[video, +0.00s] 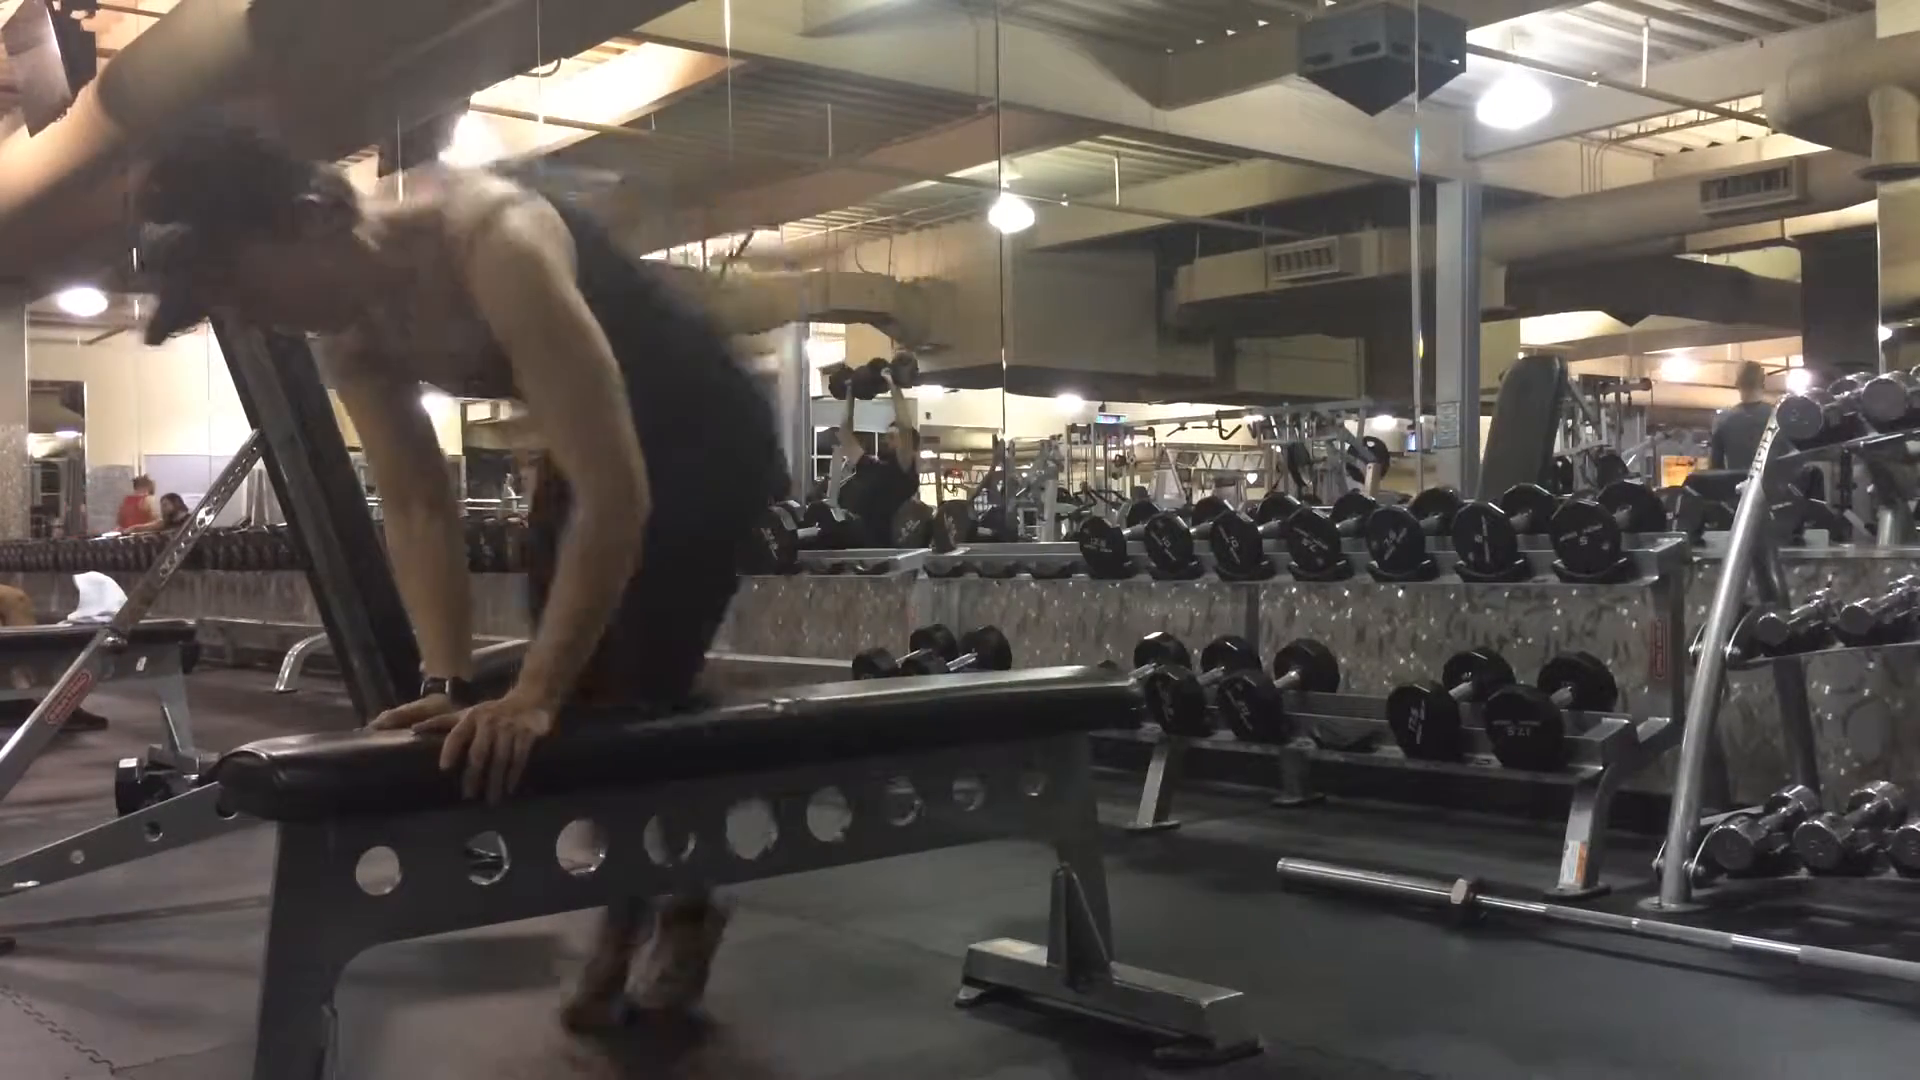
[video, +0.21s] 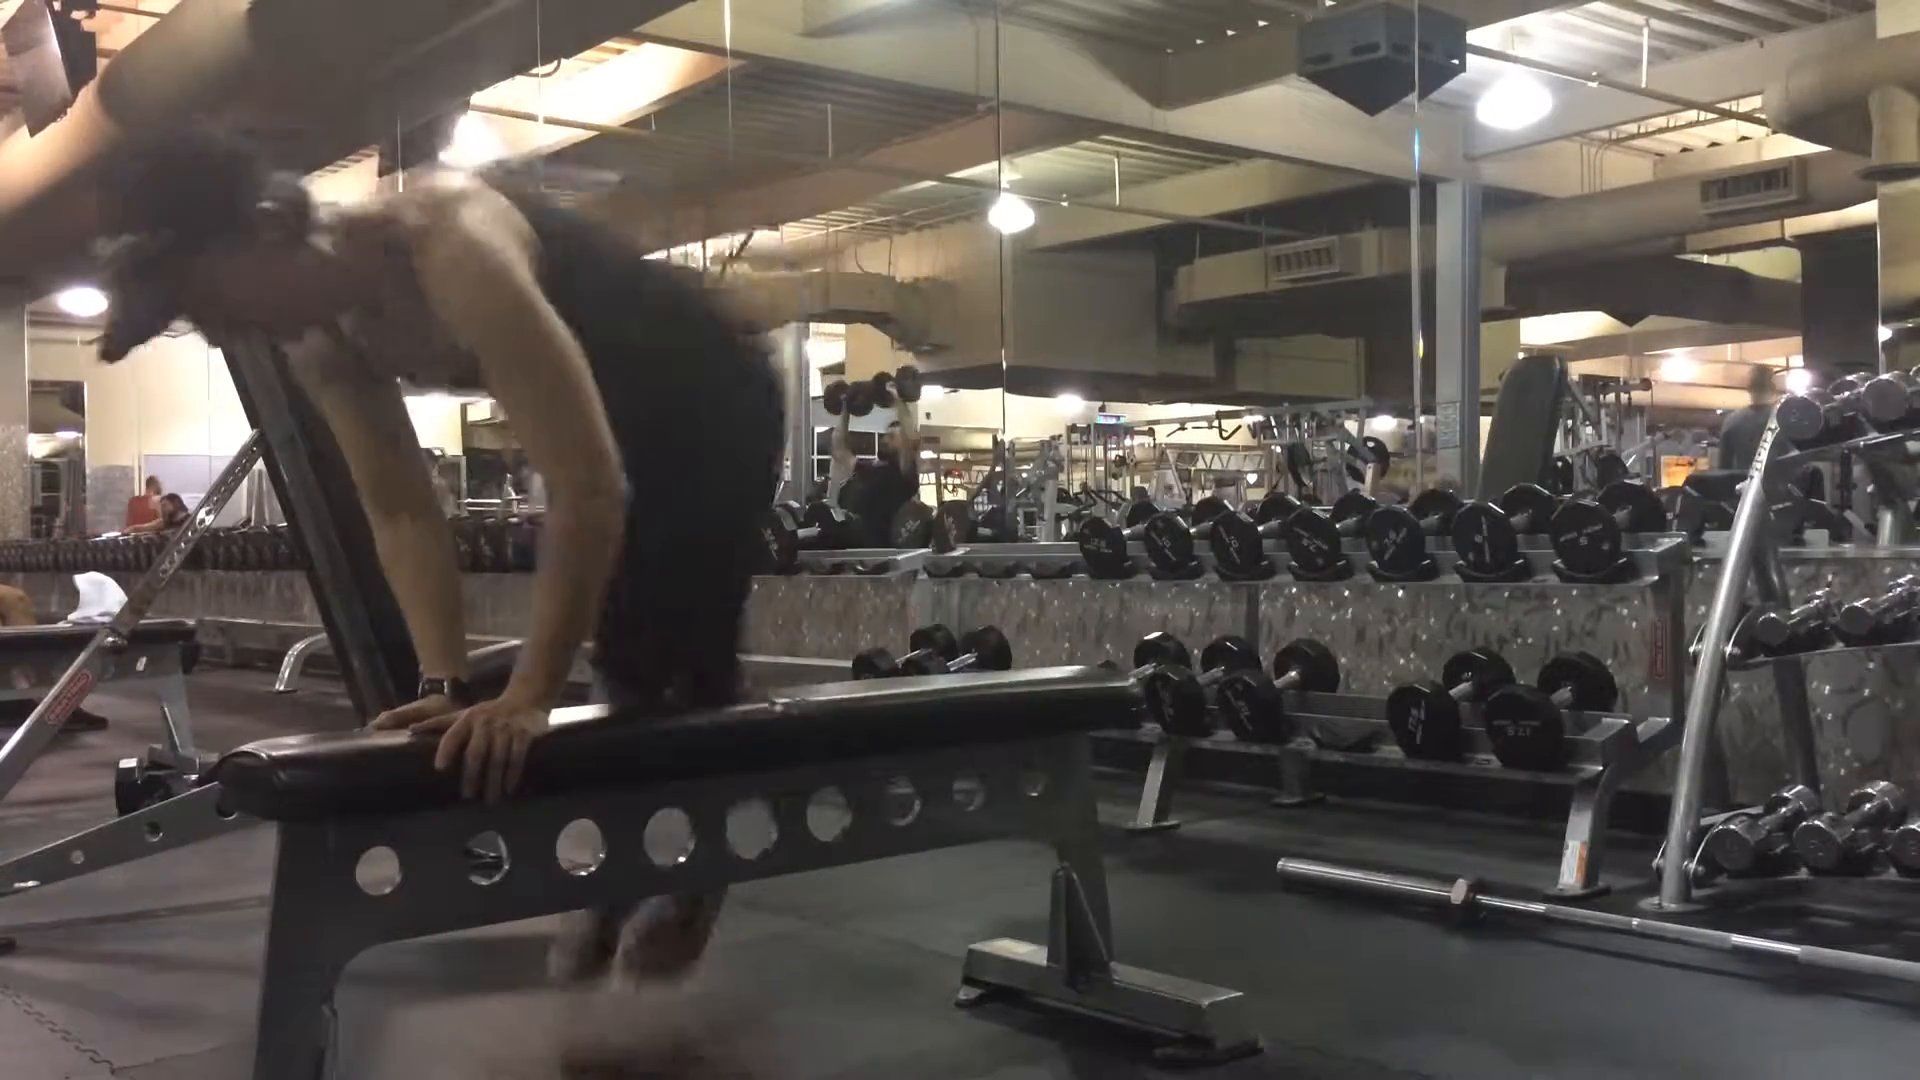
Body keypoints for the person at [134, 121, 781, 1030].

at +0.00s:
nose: (252, 327)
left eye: (243, 293)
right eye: (230, 312)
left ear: (301, 220)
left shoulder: (499, 246)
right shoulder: (348, 333)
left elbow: (615, 490)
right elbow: (414, 500)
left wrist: (535, 693)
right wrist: (445, 683)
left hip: (703, 433)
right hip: (583, 450)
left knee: (632, 686)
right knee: (561, 691)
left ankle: (687, 900)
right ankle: (624, 900)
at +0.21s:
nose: (228, 337)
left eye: (217, 308)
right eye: (206, 326)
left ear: (274, 227)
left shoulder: (456, 241)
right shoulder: (317, 329)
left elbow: (589, 482)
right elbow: (400, 506)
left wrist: (531, 692)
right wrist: (442, 681)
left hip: (708, 390)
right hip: (604, 417)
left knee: (673, 655)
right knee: (610, 655)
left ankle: (695, 851)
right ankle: (613, 861)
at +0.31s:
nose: (214, 353)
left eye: (200, 321)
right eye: (188, 338)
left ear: (251, 235)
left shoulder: (430, 225)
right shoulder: (326, 310)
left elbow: (554, 473)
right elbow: (403, 496)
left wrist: (525, 697)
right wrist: (445, 682)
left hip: (735, 264)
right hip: (620, 302)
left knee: (713, 529)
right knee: (622, 546)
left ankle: (800, 674)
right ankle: (706, 669)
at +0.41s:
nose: (229, 361)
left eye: (211, 333)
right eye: (203, 347)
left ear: (255, 242)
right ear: (250, 248)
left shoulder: (435, 220)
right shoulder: (340, 295)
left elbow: (544, 472)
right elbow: (405, 492)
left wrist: (524, 696)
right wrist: (445, 680)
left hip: (758, 217)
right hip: (654, 256)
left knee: (709, 494)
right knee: (614, 516)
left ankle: (891, 483)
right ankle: (847, 491)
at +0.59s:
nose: (229, 331)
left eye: (208, 304)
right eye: (203, 323)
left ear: (243, 215)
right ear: (242, 221)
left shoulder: (428, 204)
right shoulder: (360, 276)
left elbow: (535, 451)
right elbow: (423, 486)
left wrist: (523, 691)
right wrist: (446, 684)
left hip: (801, 215)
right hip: (730, 270)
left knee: (784, 522)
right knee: (740, 542)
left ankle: (1076, 525)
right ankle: (1027, 561)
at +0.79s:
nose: (281, 314)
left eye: (268, 282)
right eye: (261, 298)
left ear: (320, 212)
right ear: (307, 231)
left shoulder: (490, 241)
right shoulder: (434, 292)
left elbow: (576, 501)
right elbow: (491, 501)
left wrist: (528, 703)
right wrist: (460, 676)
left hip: (867, 456)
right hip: (823, 482)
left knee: (923, 819)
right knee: (902, 810)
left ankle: (1208, 1048)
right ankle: (1136, 988)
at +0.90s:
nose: (278, 319)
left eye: (261, 290)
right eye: (256, 304)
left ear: (298, 221)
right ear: (291, 233)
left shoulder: (483, 244)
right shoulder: (427, 294)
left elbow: (577, 493)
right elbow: (493, 499)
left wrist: (529, 698)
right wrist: (459, 674)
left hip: (867, 423)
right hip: (816, 449)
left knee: (986, 738)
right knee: (939, 749)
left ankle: (1180, 1009)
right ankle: (1112, 982)